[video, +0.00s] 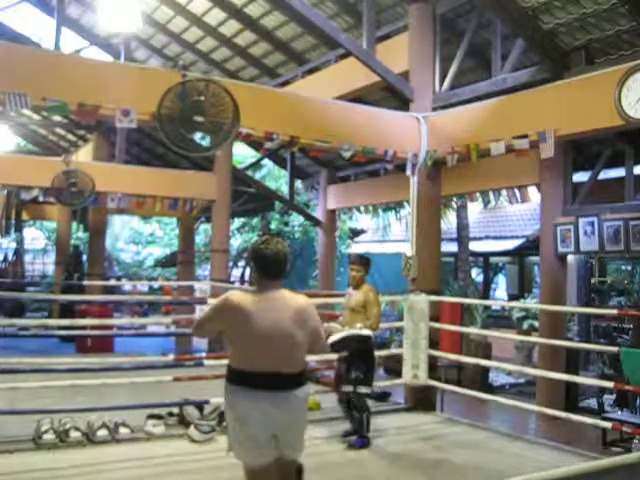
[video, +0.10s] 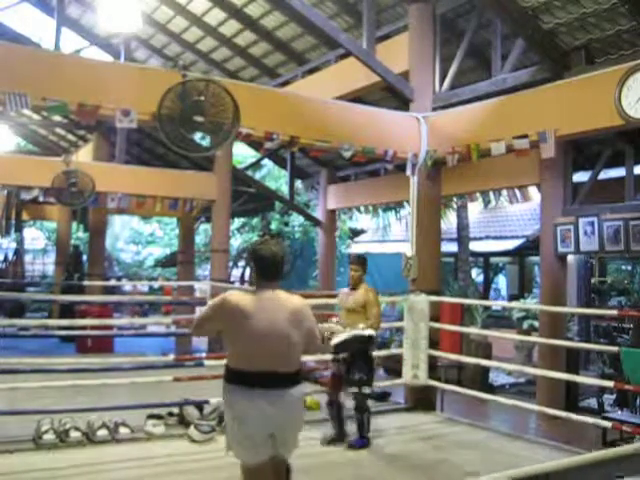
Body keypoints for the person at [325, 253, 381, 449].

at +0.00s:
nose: (353, 275)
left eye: (357, 271)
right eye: (351, 270)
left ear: (365, 274)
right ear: (349, 271)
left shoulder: (369, 293)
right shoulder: (350, 292)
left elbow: (374, 320)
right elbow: (349, 316)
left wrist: (363, 331)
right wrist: (339, 326)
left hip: (362, 343)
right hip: (348, 342)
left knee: (359, 390)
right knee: (344, 390)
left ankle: (362, 433)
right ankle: (355, 425)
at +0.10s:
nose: (352, 275)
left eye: (356, 271)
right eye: (350, 270)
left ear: (363, 273)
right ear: (348, 272)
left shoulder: (369, 293)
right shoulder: (344, 294)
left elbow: (374, 319)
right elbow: (345, 319)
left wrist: (365, 335)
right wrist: (336, 329)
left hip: (361, 345)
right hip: (343, 345)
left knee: (360, 392)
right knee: (333, 392)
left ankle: (362, 435)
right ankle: (339, 431)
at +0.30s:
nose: (344, 275)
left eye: (348, 271)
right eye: (341, 271)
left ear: (354, 273)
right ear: (335, 273)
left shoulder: (361, 296)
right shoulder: (328, 296)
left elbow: (372, 323)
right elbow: (322, 321)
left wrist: (357, 336)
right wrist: (319, 330)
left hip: (353, 353)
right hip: (331, 353)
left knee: (357, 396)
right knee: (321, 395)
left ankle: (361, 436)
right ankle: (316, 439)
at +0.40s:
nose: (340, 275)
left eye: (344, 271)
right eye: (336, 271)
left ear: (348, 274)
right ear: (329, 273)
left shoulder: (355, 295)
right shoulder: (319, 296)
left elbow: (368, 322)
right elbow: (312, 320)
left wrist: (358, 338)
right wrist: (310, 333)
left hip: (348, 351)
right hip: (324, 350)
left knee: (352, 396)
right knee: (316, 397)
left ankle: (360, 435)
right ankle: (315, 441)